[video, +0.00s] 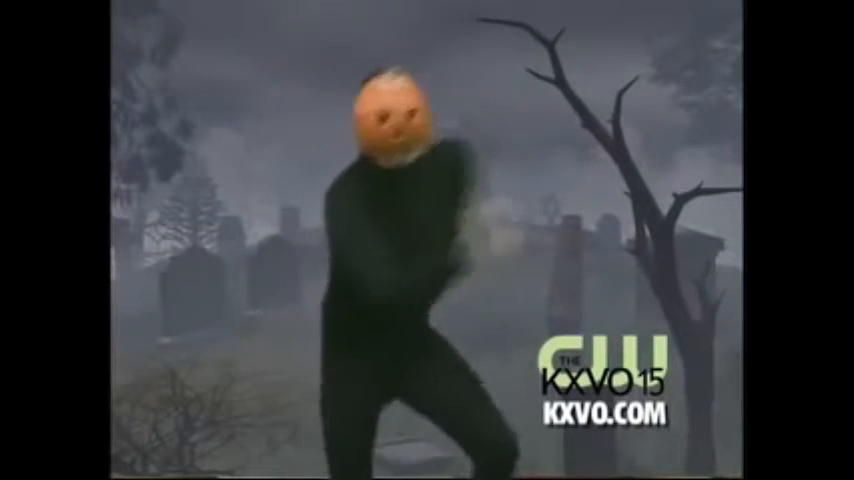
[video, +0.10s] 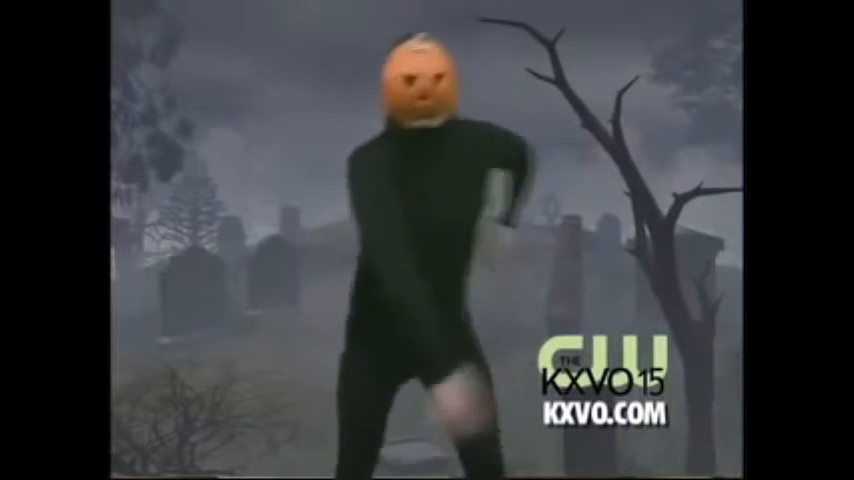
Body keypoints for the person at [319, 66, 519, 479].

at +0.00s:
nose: (398, 128)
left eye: (411, 114)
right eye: (382, 117)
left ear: (428, 119)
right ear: (361, 128)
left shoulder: (449, 164)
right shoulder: (348, 194)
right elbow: (384, 294)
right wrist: (458, 258)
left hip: (414, 347)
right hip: (352, 358)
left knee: (497, 449)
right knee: (350, 472)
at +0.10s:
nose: (424, 90)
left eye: (437, 78)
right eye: (409, 79)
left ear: (454, 85)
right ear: (387, 91)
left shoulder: (475, 141)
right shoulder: (371, 161)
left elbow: (520, 156)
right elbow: (395, 271)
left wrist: (505, 221)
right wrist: (443, 367)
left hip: (449, 329)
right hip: (377, 335)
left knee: (485, 463)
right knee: (355, 465)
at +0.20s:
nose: (455, 94)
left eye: (469, 82)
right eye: (440, 84)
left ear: (488, 92)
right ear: (419, 94)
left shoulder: (514, 162)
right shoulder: (398, 174)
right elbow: (382, 290)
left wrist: (534, 274)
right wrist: (381, 394)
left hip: (474, 348)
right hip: (400, 350)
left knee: (495, 469)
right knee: (364, 468)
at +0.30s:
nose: (487, 124)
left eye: (502, 113)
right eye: (473, 113)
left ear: (521, 124)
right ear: (452, 122)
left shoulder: (540, 202)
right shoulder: (421, 198)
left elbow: (591, 299)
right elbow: (376, 283)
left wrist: (524, 341)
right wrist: (335, 371)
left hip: (498, 373)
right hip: (417, 367)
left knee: (511, 472)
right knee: (359, 470)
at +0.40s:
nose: (512, 124)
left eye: (527, 113)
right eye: (498, 113)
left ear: (546, 125)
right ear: (478, 122)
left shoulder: (554, 208)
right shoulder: (448, 183)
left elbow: (555, 326)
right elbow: (396, 244)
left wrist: (476, 288)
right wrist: (338, 304)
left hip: (500, 366)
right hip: (429, 349)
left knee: (511, 471)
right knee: (341, 434)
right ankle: (409, 472)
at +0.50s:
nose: (527, 110)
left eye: (540, 102)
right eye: (521, 90)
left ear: (560, 106)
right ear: (501, 94)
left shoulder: (563, 174)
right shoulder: (481, 138)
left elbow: (511, 256)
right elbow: (435, 194)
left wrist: (463, 166)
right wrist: (375, 251)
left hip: (498, 342)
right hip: (432, 314)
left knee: (503, 472)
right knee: (317, 364)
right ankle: (407, 461)